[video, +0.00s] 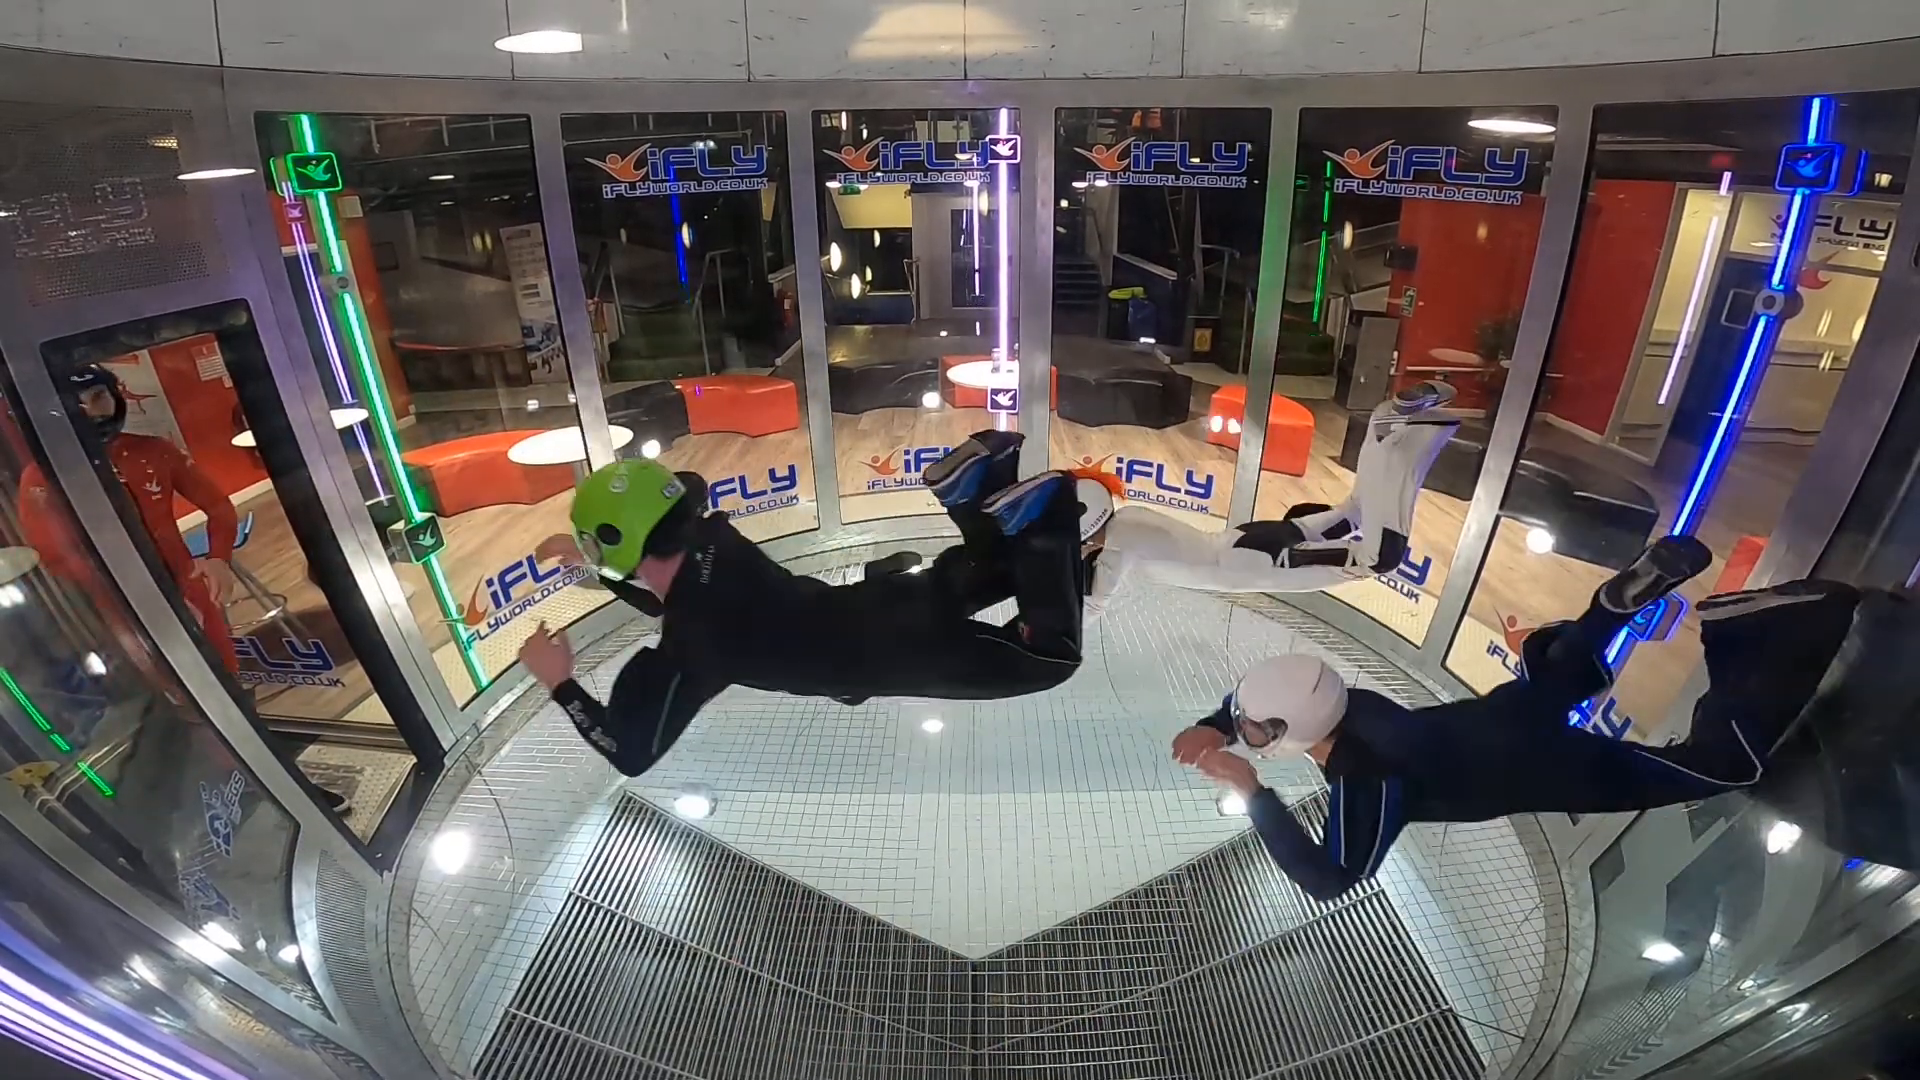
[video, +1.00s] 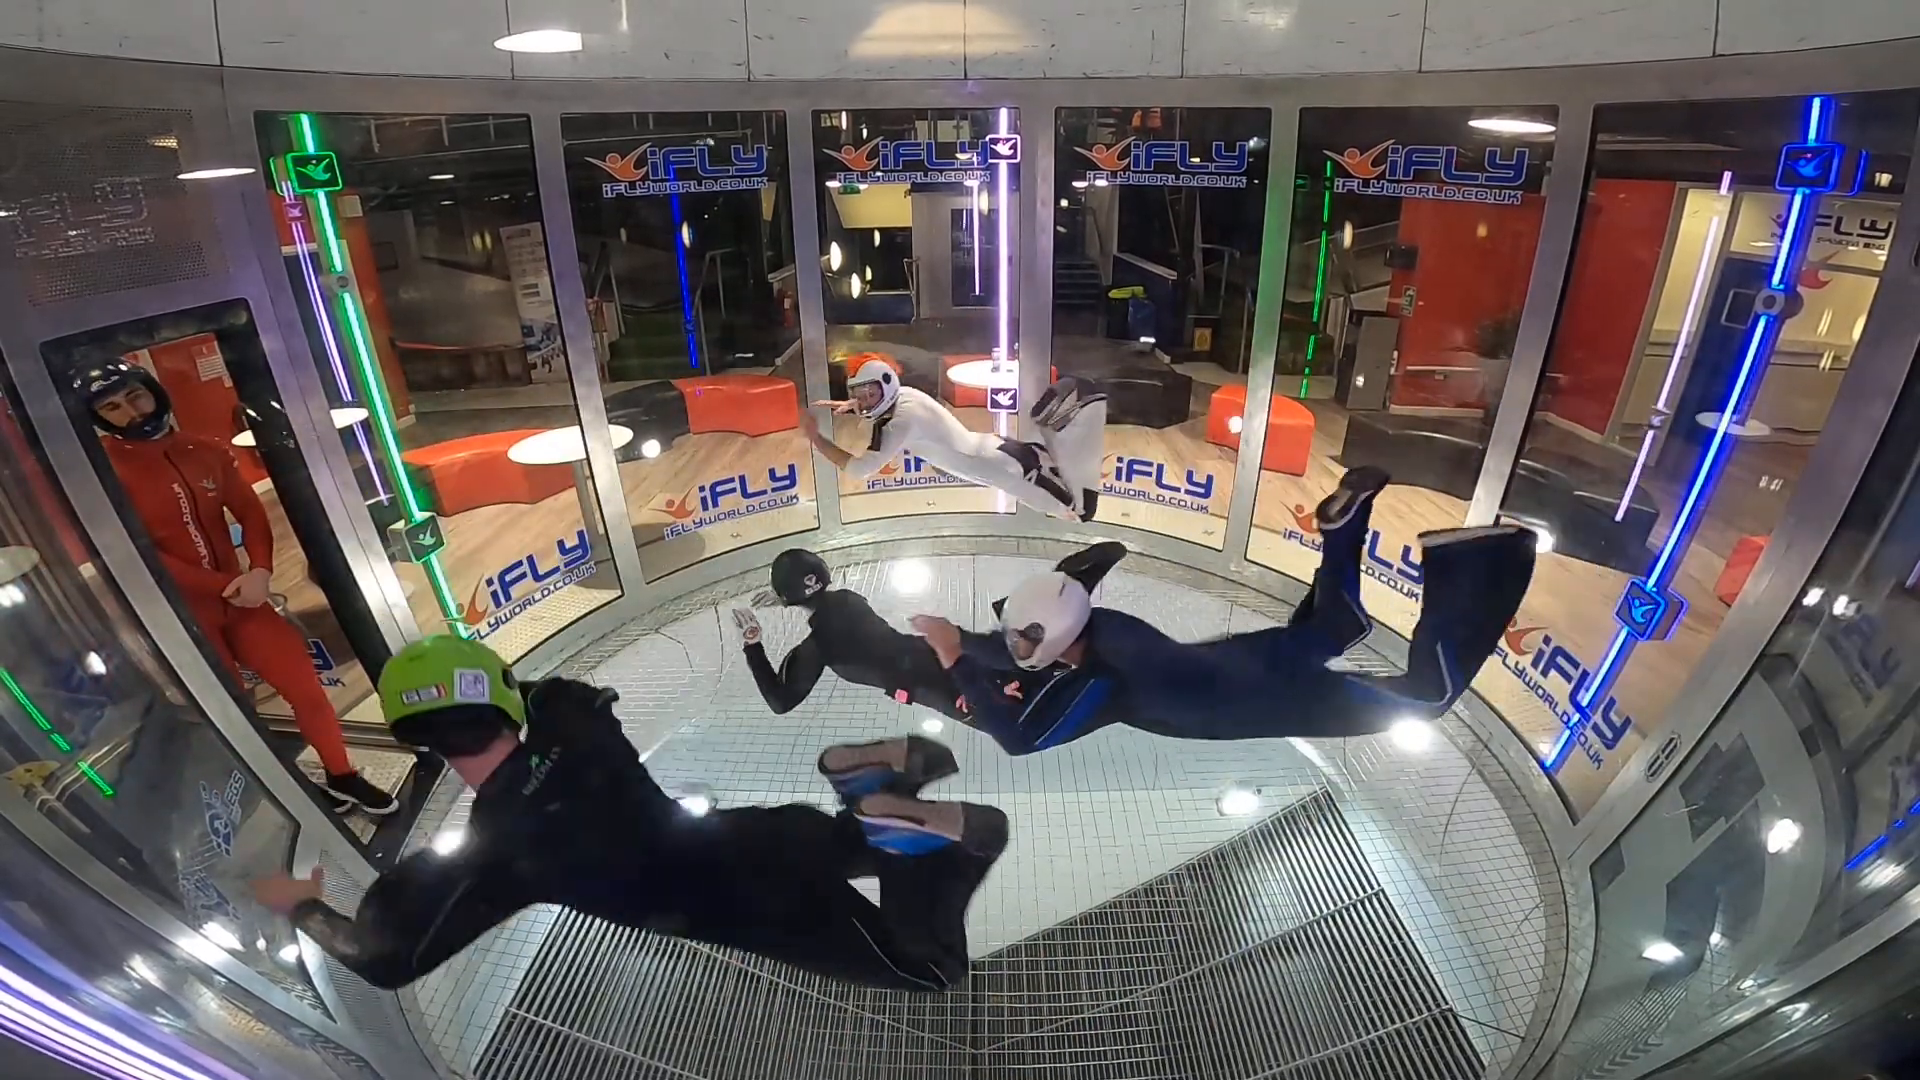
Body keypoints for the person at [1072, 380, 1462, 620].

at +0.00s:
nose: (1079, 541)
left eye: (1078, 531)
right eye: (1079, 529)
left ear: (1089, 530)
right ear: (1101, 507)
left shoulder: (1123, 542)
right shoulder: (1123, 520)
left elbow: (1097, 596)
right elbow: (1104, 591)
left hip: (1252, 561)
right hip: (1246, 538)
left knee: (1381, 556)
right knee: (1355, 520)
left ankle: (1395, 442)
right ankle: (1394, 427)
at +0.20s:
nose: (1052, 498)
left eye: (1056, 489)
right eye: (1049, 489)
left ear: (1077, 485)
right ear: (1084, 473)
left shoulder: (1104, 511)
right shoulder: (1114, 479)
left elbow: (1075, 566)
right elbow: (1085, 540)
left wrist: (1049, 549)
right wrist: (1056, 540)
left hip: (1236, 536)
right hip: (1227, 512)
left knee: (1346, 532)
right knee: (1318, 488)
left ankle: (1362, 429)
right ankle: (1358, 403)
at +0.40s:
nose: (1022, 461)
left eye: (1026, 452)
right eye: (1020, 452)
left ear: (1049, 444)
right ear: (1056, 435)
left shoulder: (1061, 486)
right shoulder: (1089, 434)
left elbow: (1027, 534)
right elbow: (1096, 429)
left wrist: (1006, 512)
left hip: (1175, 508)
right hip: (1179, 475)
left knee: (1288, 529)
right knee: (1253, 466)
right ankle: (1308, 401)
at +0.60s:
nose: (971, 433)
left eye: (975, 426)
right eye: (968, 426)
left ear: (994, 421)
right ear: (999, 414)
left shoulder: (1009, 456)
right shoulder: (1031, 413)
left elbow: (971, 504)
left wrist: (953, 474)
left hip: (1116, 483)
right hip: (1116, 457)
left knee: (1208, 524)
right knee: (1166, 458)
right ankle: (1221, 454)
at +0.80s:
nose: (915, 410)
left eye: (920, 401)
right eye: (911, 402)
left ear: (940, 397)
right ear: (944, 393)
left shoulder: (953, 435)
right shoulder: (969, 400)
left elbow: (925, 488)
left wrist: (897, 473)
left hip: (1055, 476)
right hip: (1054, 449)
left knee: (1139, 520)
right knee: (1094, 454)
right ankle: (1143, 455)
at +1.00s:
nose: (862, 402)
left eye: (868, 393)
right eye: (857, 396)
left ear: (886, 388)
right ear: (863, 392)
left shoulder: (901, 419)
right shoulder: (898, 394)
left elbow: (858, 469)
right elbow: (871, 406)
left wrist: (813, 437)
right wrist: (849, 407)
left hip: (998, 468)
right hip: (990, 452)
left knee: (1078, 508)